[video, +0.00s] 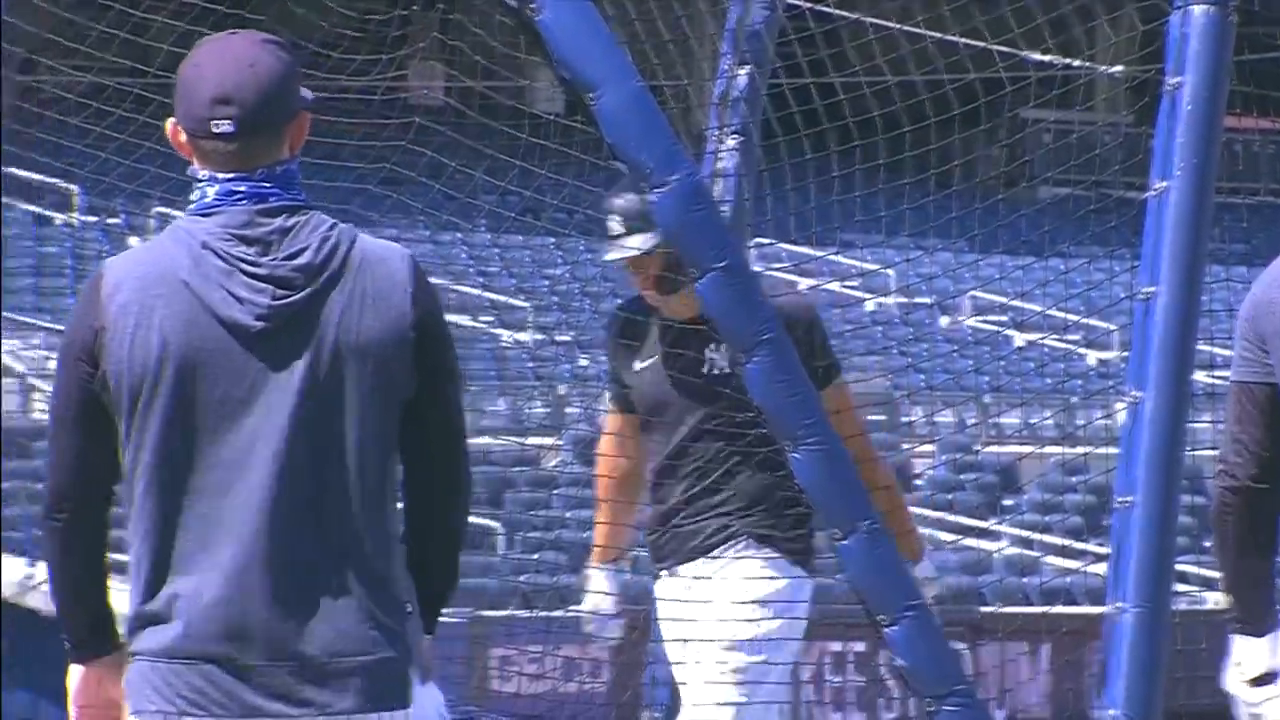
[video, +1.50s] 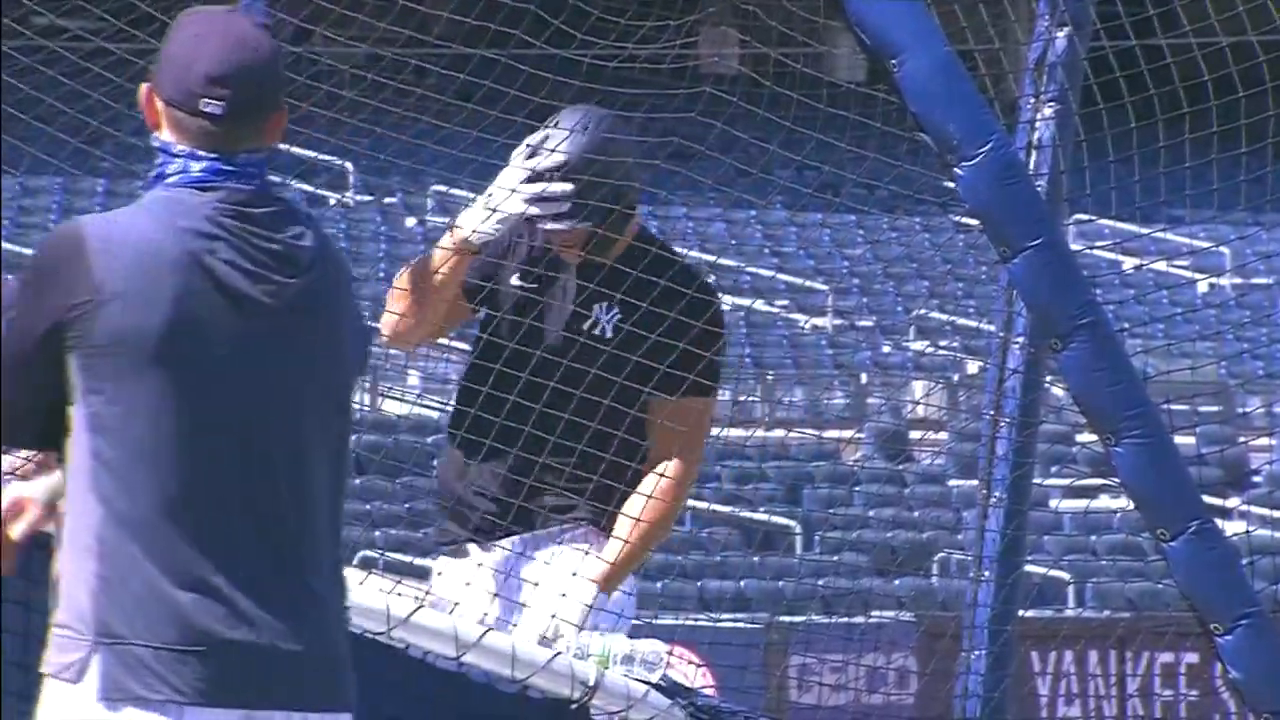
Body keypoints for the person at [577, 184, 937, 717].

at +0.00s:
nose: (645, 279)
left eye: (656, 257)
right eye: (631, 262)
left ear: (696, 243)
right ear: (619, 261)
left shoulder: (778, 315)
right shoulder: (634, 327)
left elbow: (847, 436)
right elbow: (621, 445)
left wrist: (905, 548)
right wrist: (603, 567)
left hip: (761, 557)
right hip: (678, 567)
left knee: (726, 706)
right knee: (721, 707)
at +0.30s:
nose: (719, 234)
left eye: (728, 217)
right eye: (711, 220)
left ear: (773, 203)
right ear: (707, 215)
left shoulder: (852, 287)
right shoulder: (725, 284)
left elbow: (889, 437)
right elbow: (723, 410)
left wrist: (912, 578)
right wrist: (690, 521)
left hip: (827, 546)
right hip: (728, 546)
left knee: (809, 705)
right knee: (693, 706)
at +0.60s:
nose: (628, 232)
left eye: (642, 212)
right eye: (616, 217)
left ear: (685, 197)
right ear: (605, 215)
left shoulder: (768, 281)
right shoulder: (624, 298)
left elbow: (791, 425)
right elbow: (599, 418)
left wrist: (739, 531)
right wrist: (533, 411)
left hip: (748, 559)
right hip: (642, 567)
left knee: (771, 710)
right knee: (610, 712)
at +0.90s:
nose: (514, 232)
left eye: (524, 212)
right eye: (500, 217)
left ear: (566, 185)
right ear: (487, 210)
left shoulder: (666, 259)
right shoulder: (501, 274)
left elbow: (694, 409)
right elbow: (413, 366)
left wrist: (622, 517)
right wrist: (430, 236)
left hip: (616, 560)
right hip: (510, 552)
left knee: (607, 712)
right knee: (498, 713)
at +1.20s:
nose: (512, 210)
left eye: (526, 192)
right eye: (501, 193)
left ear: (570, 177)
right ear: (484, 185)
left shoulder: (658, 269)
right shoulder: (480, 254)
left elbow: (683, 424)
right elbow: (383, 337)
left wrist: (610, 545)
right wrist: (432, 208)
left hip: (581, 557)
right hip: (477, 561)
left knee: (570, 710)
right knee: (481, 708)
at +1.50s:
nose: (552, 231)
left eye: (567, 216)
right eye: (543, 213)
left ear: (615, 207)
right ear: (526, 200)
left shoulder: (678, 298)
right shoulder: (516, 248)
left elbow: (673, 460)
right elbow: (398, 328)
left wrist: (594, 585)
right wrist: (485, 218)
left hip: (577, 543)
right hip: (471, 532)